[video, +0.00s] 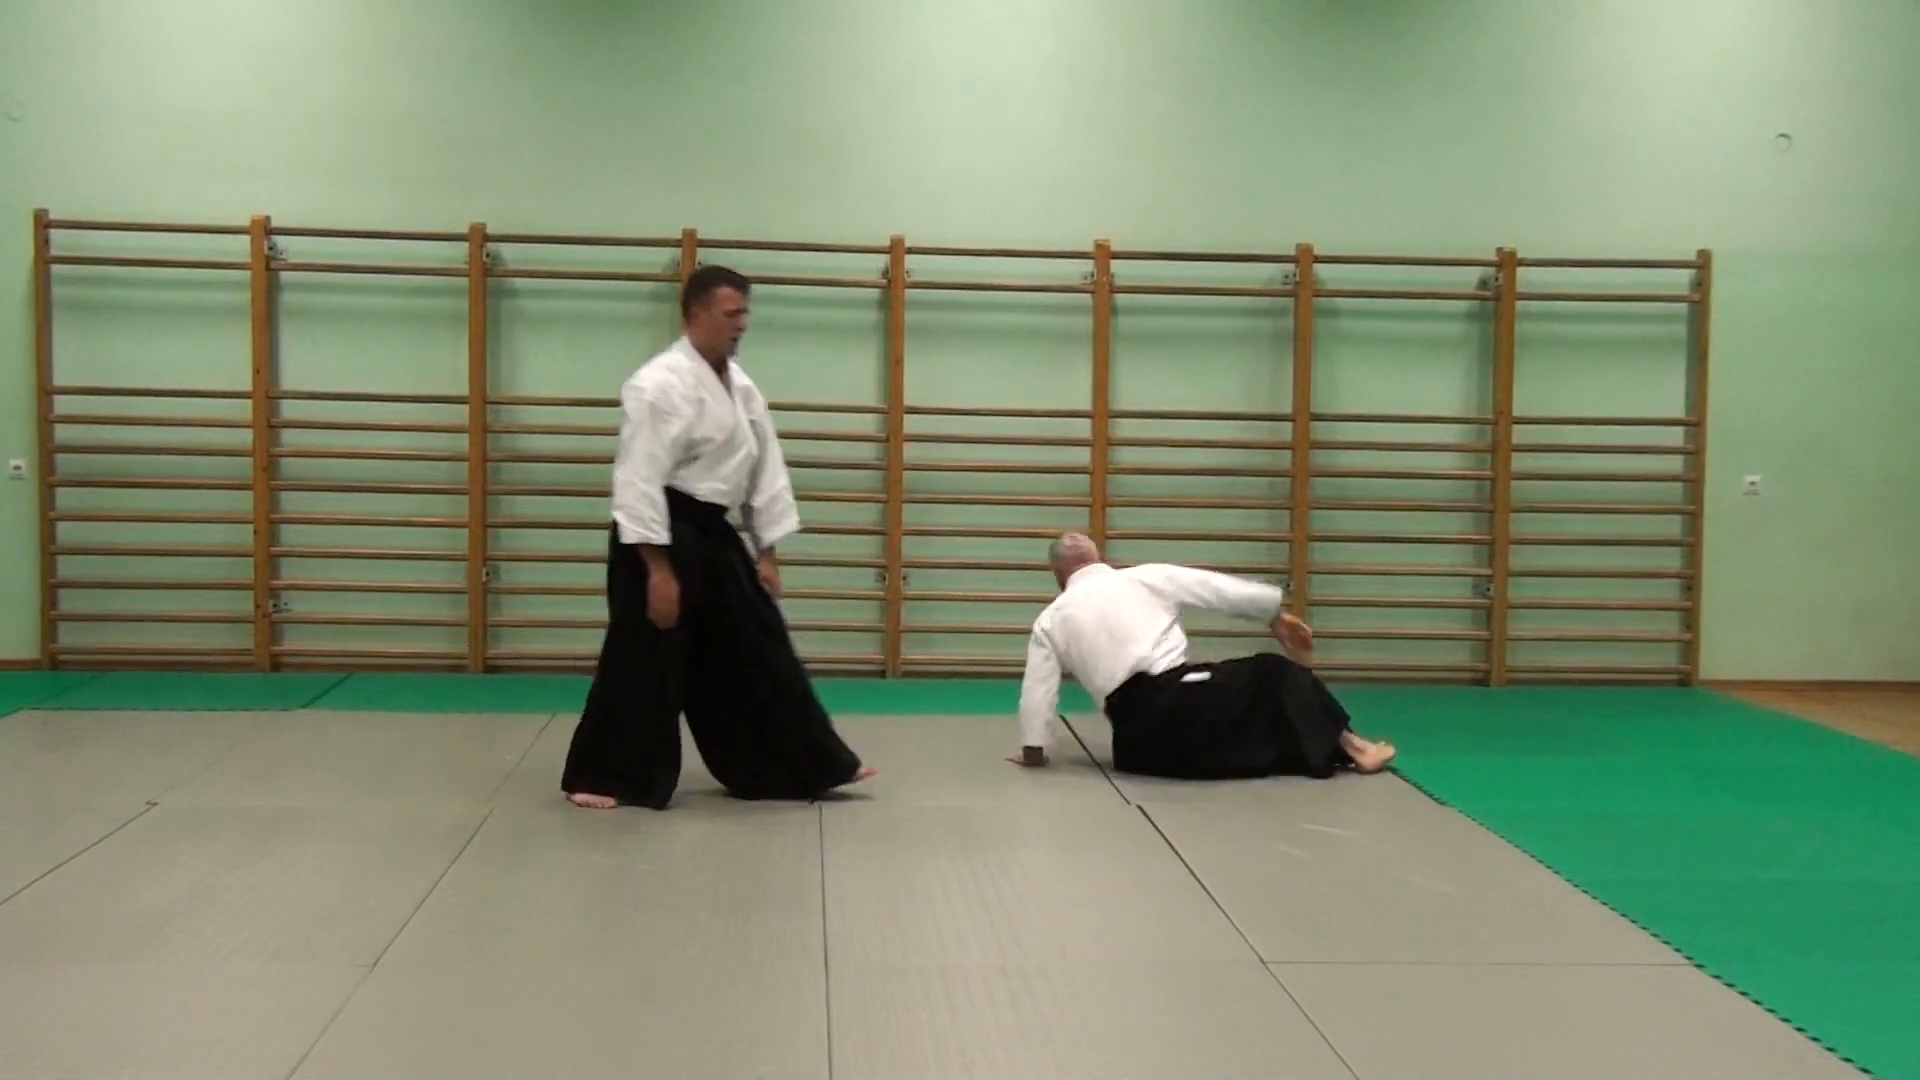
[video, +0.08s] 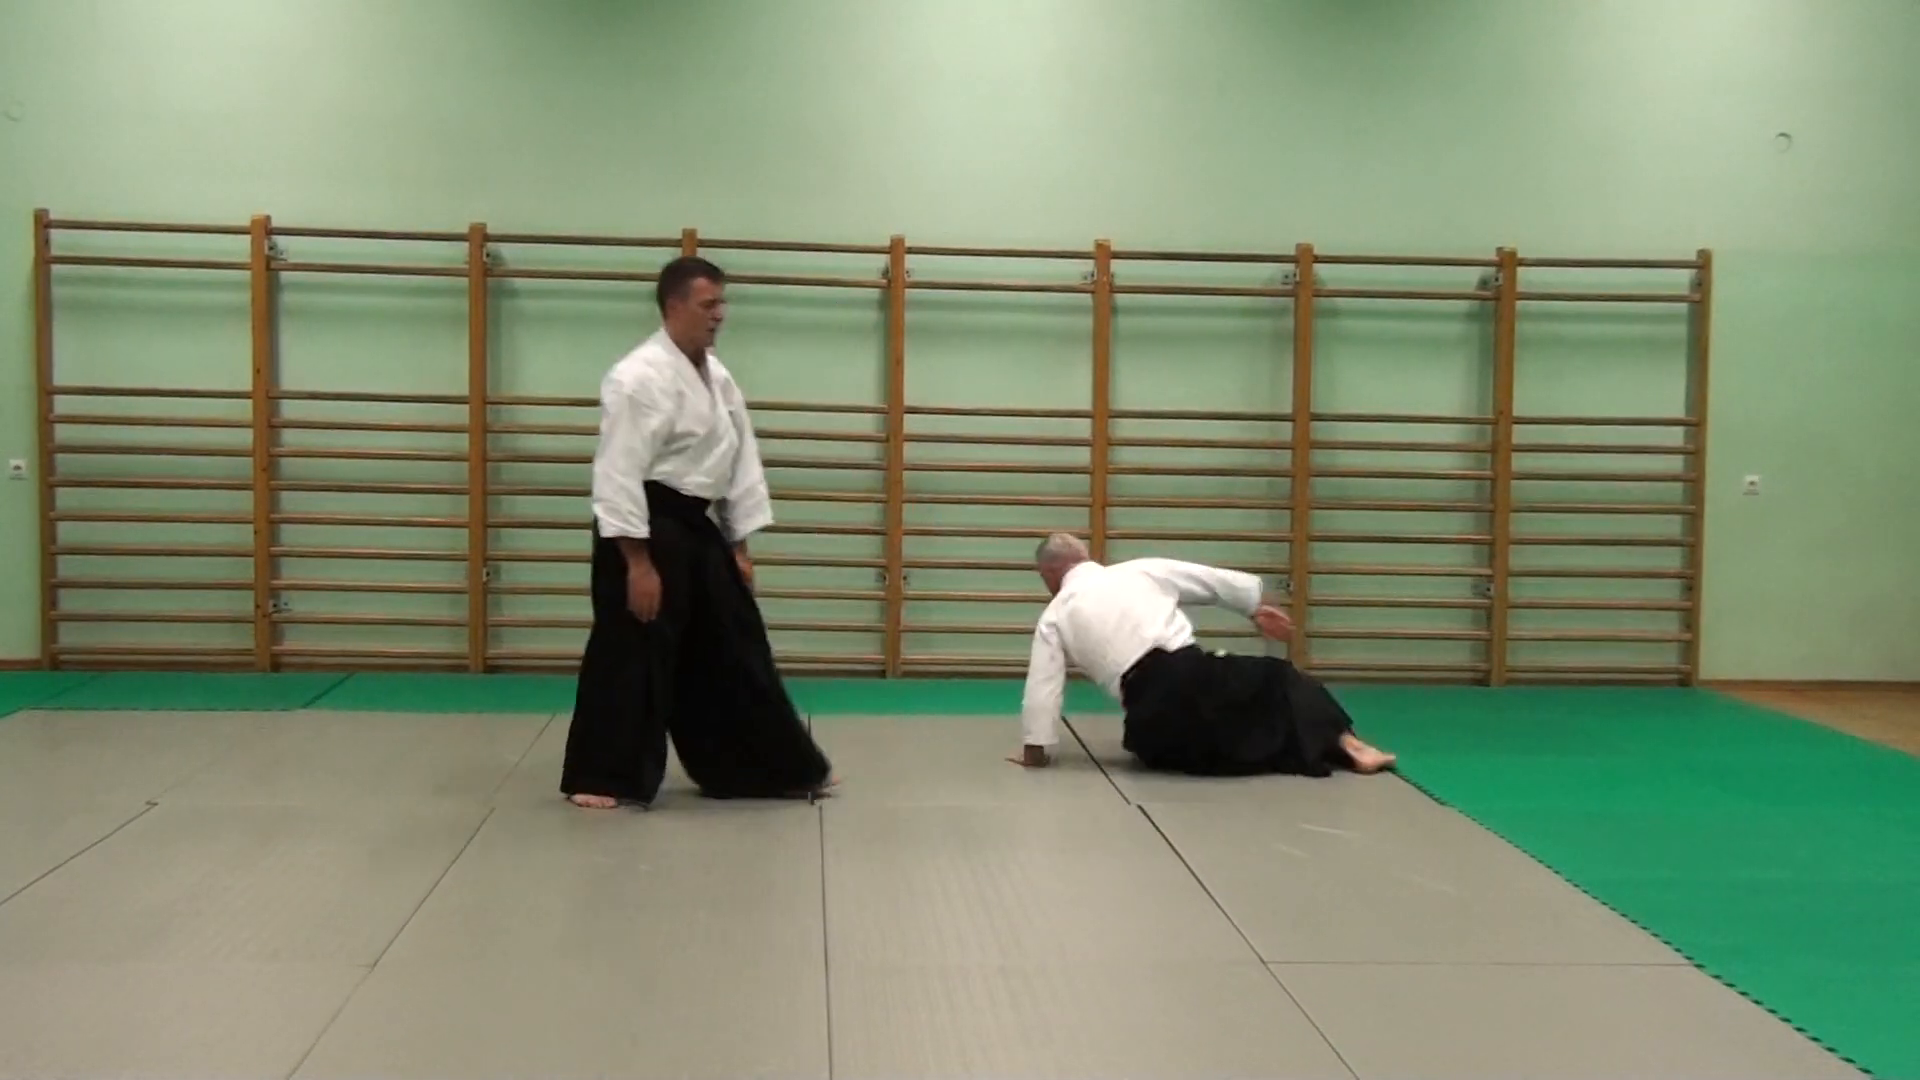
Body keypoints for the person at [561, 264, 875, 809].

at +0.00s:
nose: (743, 324)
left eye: (745, 315)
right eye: (732, 314)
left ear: (739, 318)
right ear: (696, 315)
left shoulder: (740, 387)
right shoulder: (657, 384)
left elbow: (764, 471)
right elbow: (636, 481)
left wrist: (765, 552)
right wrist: (658, 567)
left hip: (717, 533)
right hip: (659, 529)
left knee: (763, 646)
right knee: (639, 657)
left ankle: (817, 761)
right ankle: (595, 776)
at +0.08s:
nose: (719, 314)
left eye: (721, 305)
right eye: (709, 304)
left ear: (715, 308)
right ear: (672, 307)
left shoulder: (718, 377)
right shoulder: (636, 377)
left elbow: (739, 463)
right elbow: (617, 474)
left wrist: (737, 542)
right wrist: (637, 560)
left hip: (700, 528)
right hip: (641, 524)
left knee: (737, 646)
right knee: (628, 654)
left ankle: (784, 766)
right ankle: (598, 776)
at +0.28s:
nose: (682, 301)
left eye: (684, 291)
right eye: (671, 291)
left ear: (675, 296)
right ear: (636, 294)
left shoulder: (683, 366)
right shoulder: (604, 366)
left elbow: (702, 452)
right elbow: (588, 462)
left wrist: (702, 531)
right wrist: (607, 549)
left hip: (672, 517)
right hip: (616, 516)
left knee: (697, 640)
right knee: (607, 645)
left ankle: (707, 769)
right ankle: (587, 774)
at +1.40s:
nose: (651, 298)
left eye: (652, 289)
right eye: (640, 288)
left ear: (645, 295)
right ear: (602, 293)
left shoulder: (649, 363)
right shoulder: (569, 366)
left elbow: (680, 444)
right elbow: (578, 462)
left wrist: (718, 502)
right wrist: (648, 489)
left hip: (642, 520)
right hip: (585, 523)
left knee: (668, 637)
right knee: (589, 645)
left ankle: (678, 768)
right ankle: (581, 775)